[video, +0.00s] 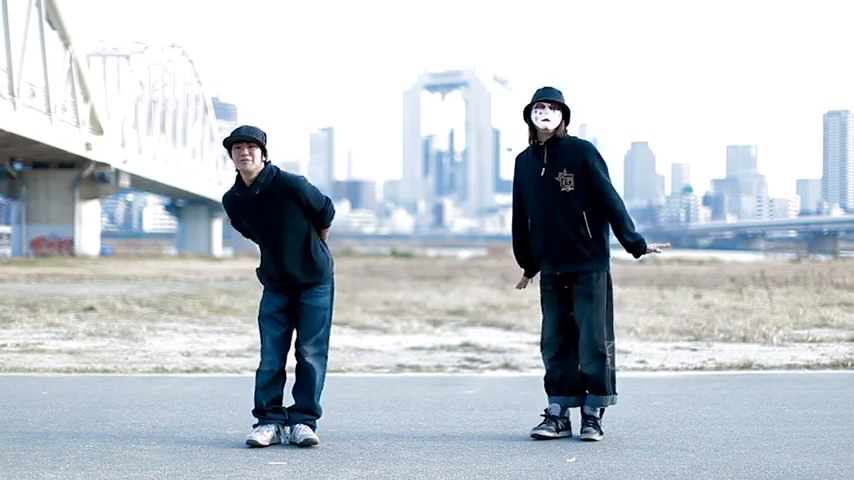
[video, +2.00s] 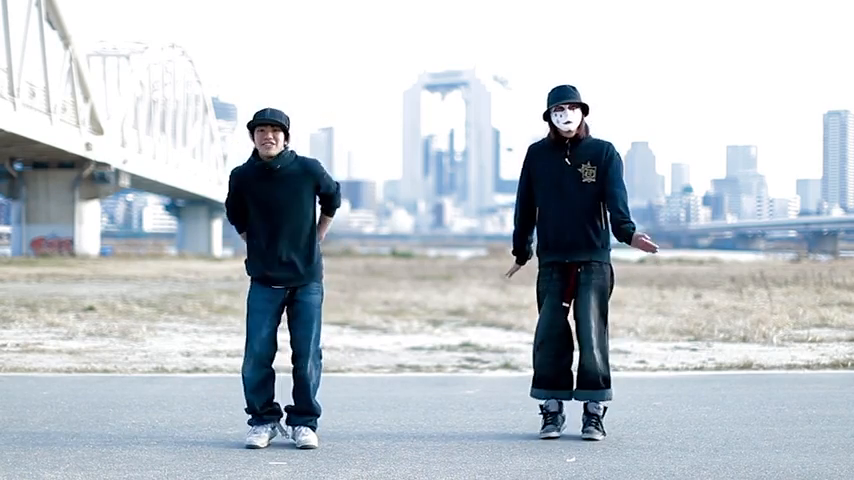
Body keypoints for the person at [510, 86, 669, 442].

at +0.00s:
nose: (543, 113)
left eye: (550, 109)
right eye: (538, 109)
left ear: (562, 117)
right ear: (530, 117)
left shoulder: (581, 151)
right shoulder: (524, 161)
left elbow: (609, 198)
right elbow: (520, 217)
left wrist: (635, 243)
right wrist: (527, 264)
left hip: (589, 261)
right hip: (551, 262)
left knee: (592, 335)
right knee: (554, 337)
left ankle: (592, 414)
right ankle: (556, 414)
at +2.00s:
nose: (565, 115)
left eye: (570, 108)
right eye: (558, 110)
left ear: (582, 112)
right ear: (549, 116)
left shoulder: (603, 152)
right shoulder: (536, 154)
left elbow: (616, 198)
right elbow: (525, 204)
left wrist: (629, 232)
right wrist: (521, 249)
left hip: (592, 256)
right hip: (551, 256)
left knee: (590, 331)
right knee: (548, 330)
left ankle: (593, 411)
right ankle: (551, 409)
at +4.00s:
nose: (576, 125)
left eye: (582, 120)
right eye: (569, 120)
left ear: (592, 128)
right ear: (560, 127)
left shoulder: (609, 171)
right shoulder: (545, 172)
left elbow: (618, 224)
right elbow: (536, 226)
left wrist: (621, 271)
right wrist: (542, 271)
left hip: (601, 271)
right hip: (561, 272)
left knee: (592, 347)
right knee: (553, 346)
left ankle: (590, 417)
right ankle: (547, 416)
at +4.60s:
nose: (577, 119)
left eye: (582, 113)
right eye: (569, 115)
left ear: (594, 120)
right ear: (561, 123)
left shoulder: (608, 167)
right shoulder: (540, 154)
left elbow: (640, 196)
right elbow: (500, 125)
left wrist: (614, 219)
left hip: (594, 258)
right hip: (553, 258)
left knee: (593, 321)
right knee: (557, 334)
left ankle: (595, 382)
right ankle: (557, 412)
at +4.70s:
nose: (583, 118)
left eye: (589, 113)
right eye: (577, 112)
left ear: (599, 121)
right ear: (567, 118)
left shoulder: (606, 169)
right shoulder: (547, 144)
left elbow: (635, 203)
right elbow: (526, 100)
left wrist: (606, 219)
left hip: (584, 247)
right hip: (545, 246)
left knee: (587, 300)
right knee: (547, 329)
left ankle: (592, 359)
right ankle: (554, 410)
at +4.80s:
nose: (587, 117)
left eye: (594, 112)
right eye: (581, 112)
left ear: (605, 122)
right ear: (572, 119)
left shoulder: (607, 172)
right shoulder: (551, 142)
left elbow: (630, 213)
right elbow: (540, 97)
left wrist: (597, 221)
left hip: (578, 253)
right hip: (539, 248)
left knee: (581, 318)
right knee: (541, 331)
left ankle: (588, 374)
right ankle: (549, 410)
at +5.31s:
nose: (591, 112)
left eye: (597, 107)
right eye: (585, 106)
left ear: (606, 115)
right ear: (573, 112)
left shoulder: (618, 159)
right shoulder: (556, 143)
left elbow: (647, 194)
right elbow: (513, 128)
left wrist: (623, 216)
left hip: (598, 250)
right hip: (561, 245)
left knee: (593, 330)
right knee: (572, 318)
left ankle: (585, 407)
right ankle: (556, 380)